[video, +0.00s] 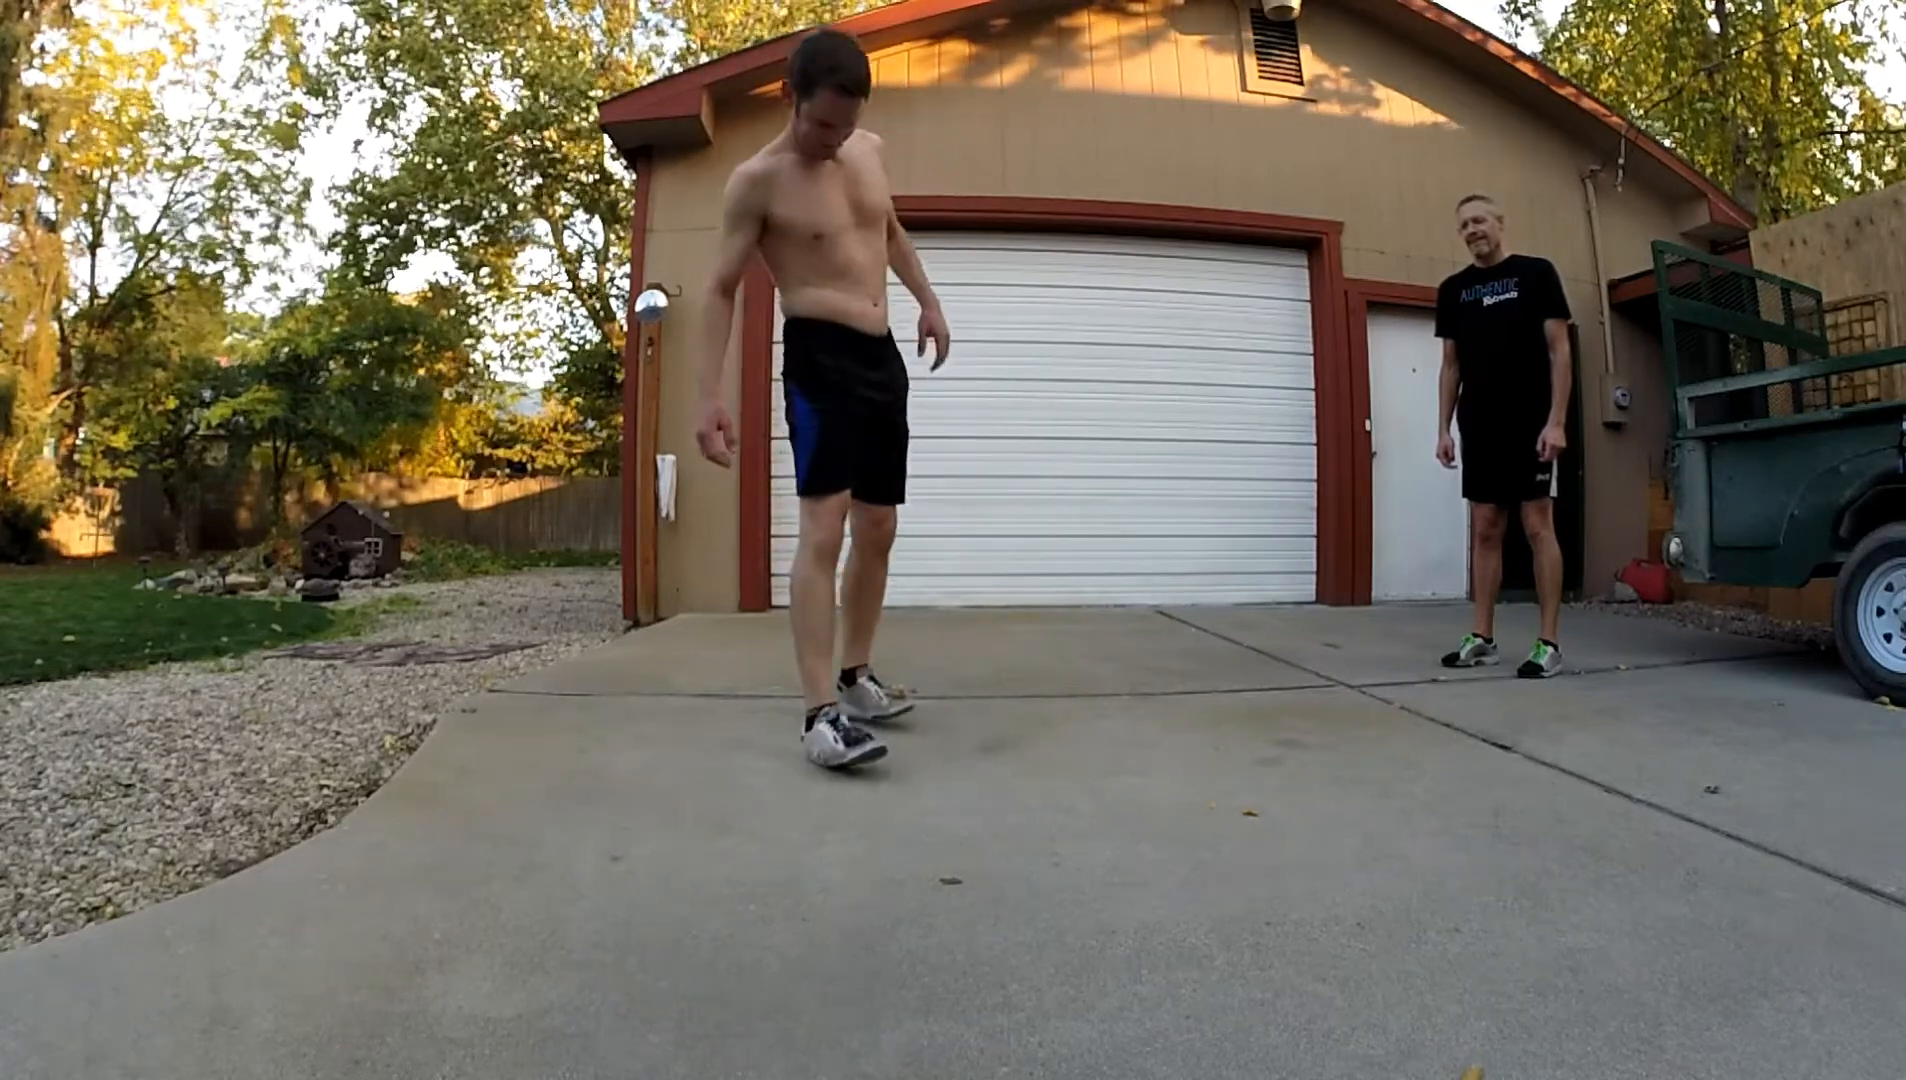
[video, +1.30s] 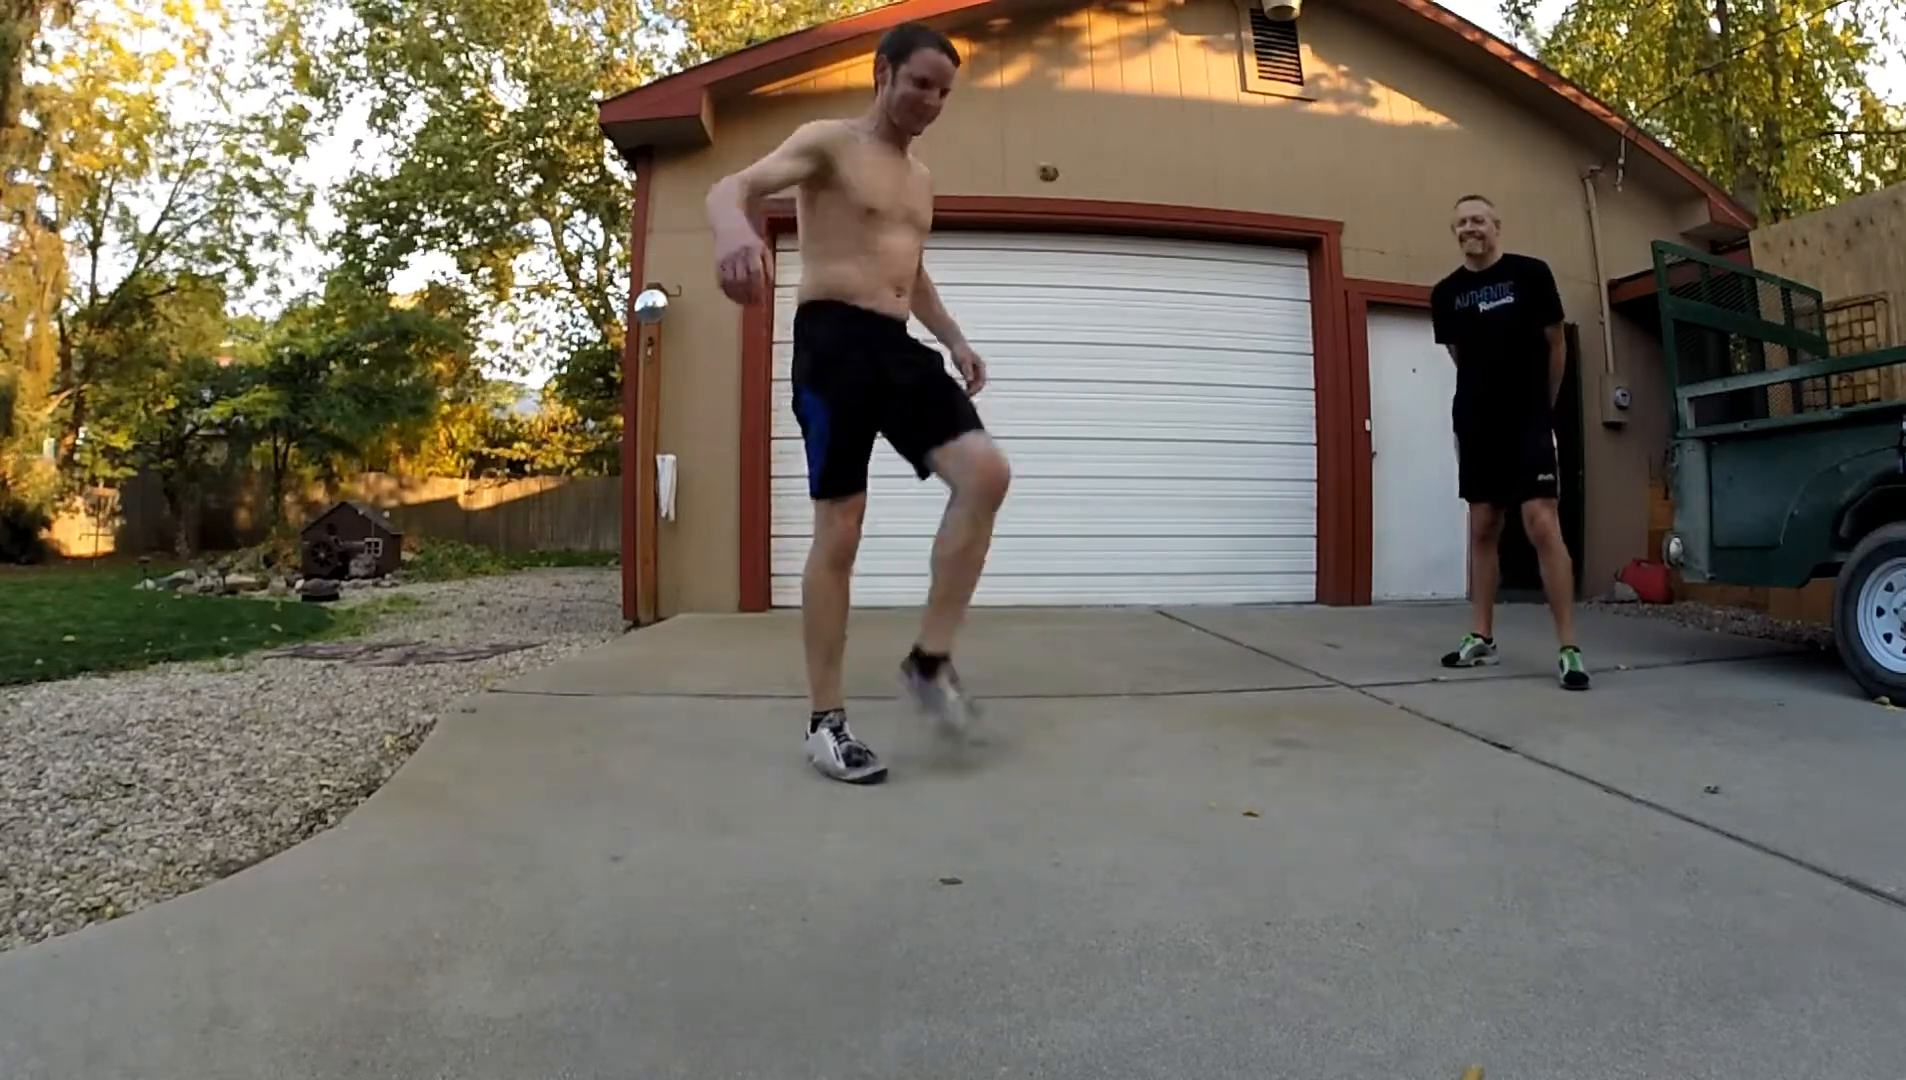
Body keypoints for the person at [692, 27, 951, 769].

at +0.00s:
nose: (833, 136)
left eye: (845, 123)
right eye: (822, 121)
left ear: (860, 109)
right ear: (793, 96)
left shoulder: (868, 151)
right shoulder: (757, 181)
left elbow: (890, 232)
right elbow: (720, 290)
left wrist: (928, 300)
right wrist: (710, 395)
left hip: (880, 358)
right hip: (818, 360)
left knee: (877, 527)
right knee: (824, 533)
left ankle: (856, 676)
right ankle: (820, 715)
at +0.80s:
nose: (859, 110)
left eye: (870, 96)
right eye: (848, 92)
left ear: (880, 88)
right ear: (810, 72)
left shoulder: (879, 152)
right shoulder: (760, 168)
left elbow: (888, 247)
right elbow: (674, 255)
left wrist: (925, 322)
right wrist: (644, 340)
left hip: (887, 352)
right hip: (821, 352)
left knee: (921, 526)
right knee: (844, 538)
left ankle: (911, 715)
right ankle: (828, 724)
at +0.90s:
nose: (867, 125)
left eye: (878, 111)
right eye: (857, 107)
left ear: (887, 105)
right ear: (819, 89)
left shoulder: (878, 170)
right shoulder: (766, 175)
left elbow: (889, 263)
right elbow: (668, 232)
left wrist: (927, 342)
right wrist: (630, 285)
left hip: (887, 359)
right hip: (821, 357)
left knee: (948, 494)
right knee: (845, 540)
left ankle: (946, 703)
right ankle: (827, 725)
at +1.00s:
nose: (885, 131)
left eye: (897, 117)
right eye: (875, 112)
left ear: (903, 113)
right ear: (838, 94)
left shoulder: (889, 181)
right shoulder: (781, 173)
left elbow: (897, 270)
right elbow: (706, 201)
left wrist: (935, 354)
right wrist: (677, 207)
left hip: (883, 356)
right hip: (816, 356)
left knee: (987, 384)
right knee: (841, 542)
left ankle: (1005, 585)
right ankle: (827, 725)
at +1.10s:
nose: (911, 120)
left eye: (922, 108)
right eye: (901, 102)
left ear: (927, 108)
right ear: (862, 90)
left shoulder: (906, 178)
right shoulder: (802, 158)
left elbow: (906, 264)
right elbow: (694, 183)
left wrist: (942, 349)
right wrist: (706, 180)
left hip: (891, 337)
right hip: (820, 343)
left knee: (990, 274)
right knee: (838, 535)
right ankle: (827, 722)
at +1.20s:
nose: (927, 111)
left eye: (937, 100)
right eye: (918, 92)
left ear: (941, 100)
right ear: (878, 78)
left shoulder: (911, 174)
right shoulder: (817, 145)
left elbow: (914, 271)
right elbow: (717, 177)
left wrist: (951, 347)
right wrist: (724, 182)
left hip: (892, 336)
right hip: (823, 335)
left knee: (1004, 329)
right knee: (837, 530)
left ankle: (978, 527)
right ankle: (828, 722)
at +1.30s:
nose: (932, 102)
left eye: (943, 91)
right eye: (922, 86)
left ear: (948, 96)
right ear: (885, 77)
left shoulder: (918, 180)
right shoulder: (830, 142)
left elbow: (912, 276)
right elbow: (727, 191)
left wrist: (954, 339)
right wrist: (733, 231)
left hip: (899, 347)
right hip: (832, 340)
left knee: (986, 474)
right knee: (839, 531)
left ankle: (932, 660)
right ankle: (826, 722)